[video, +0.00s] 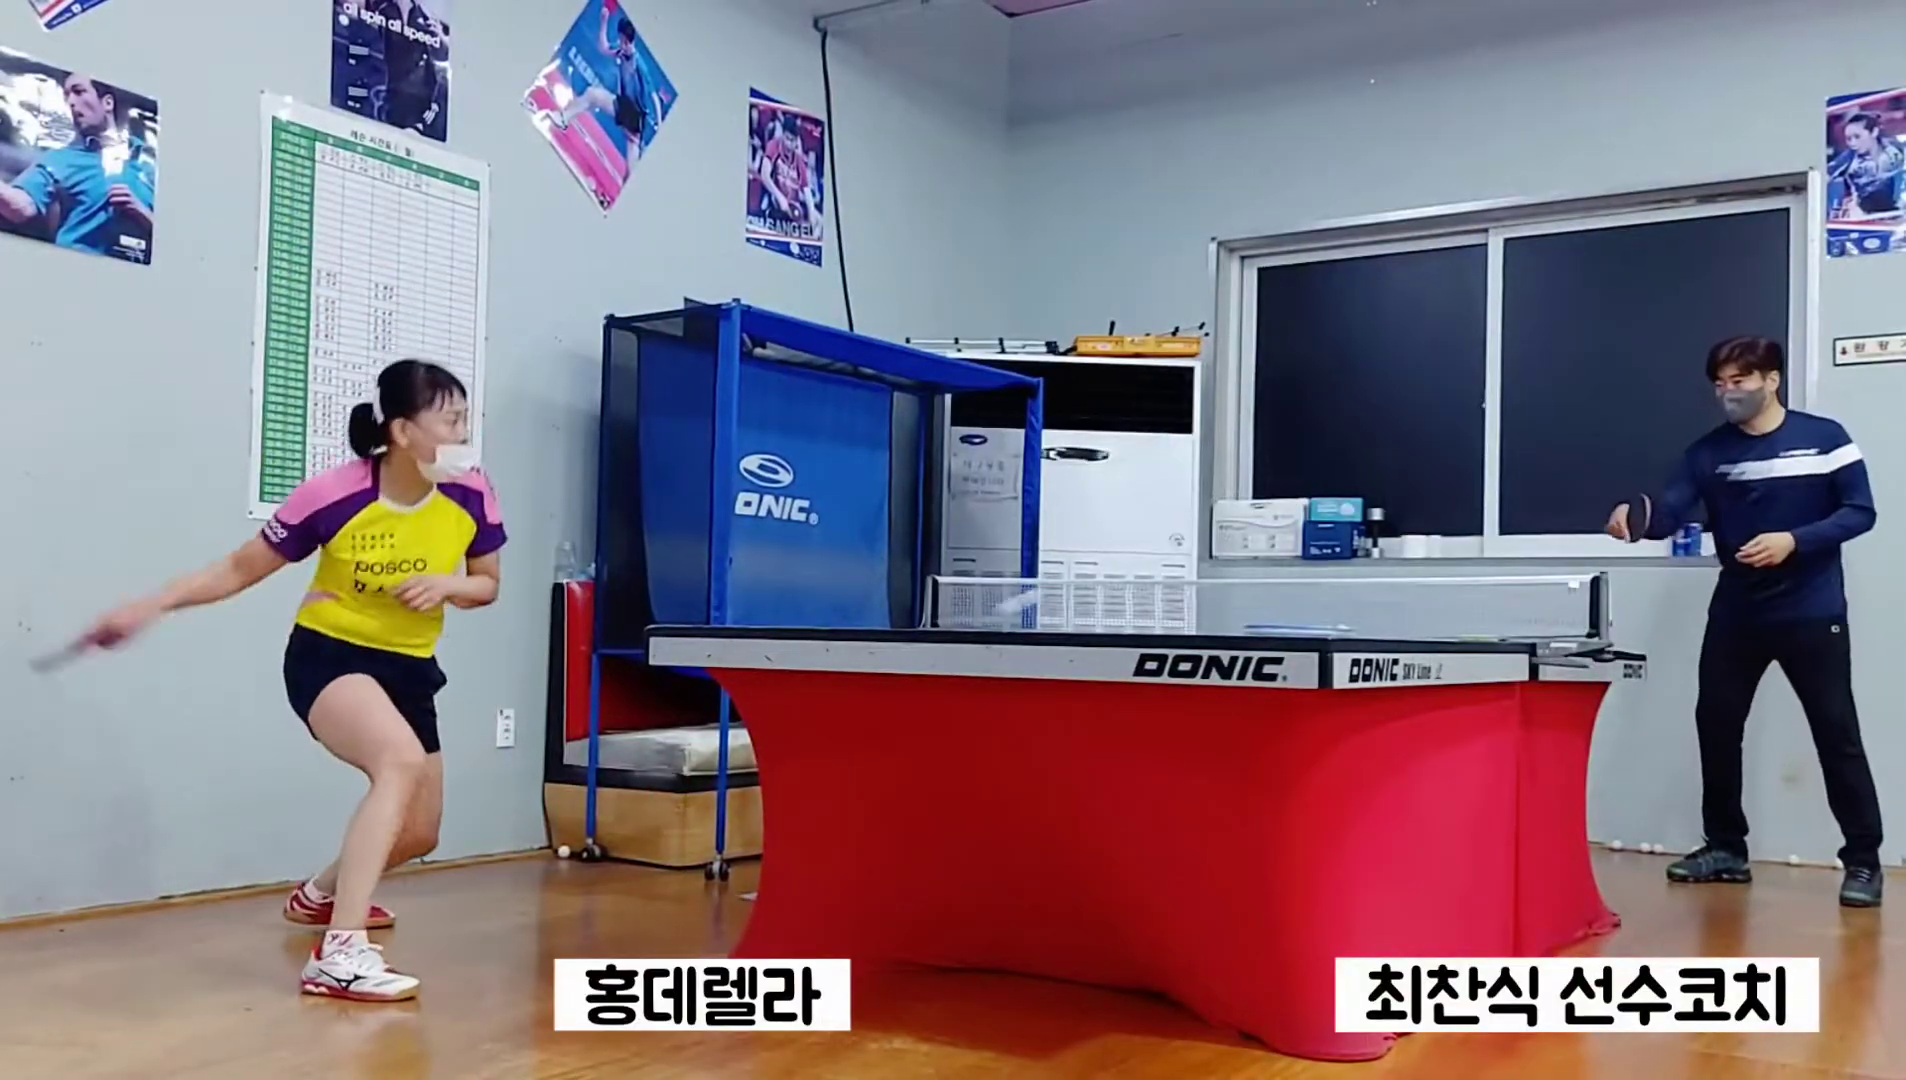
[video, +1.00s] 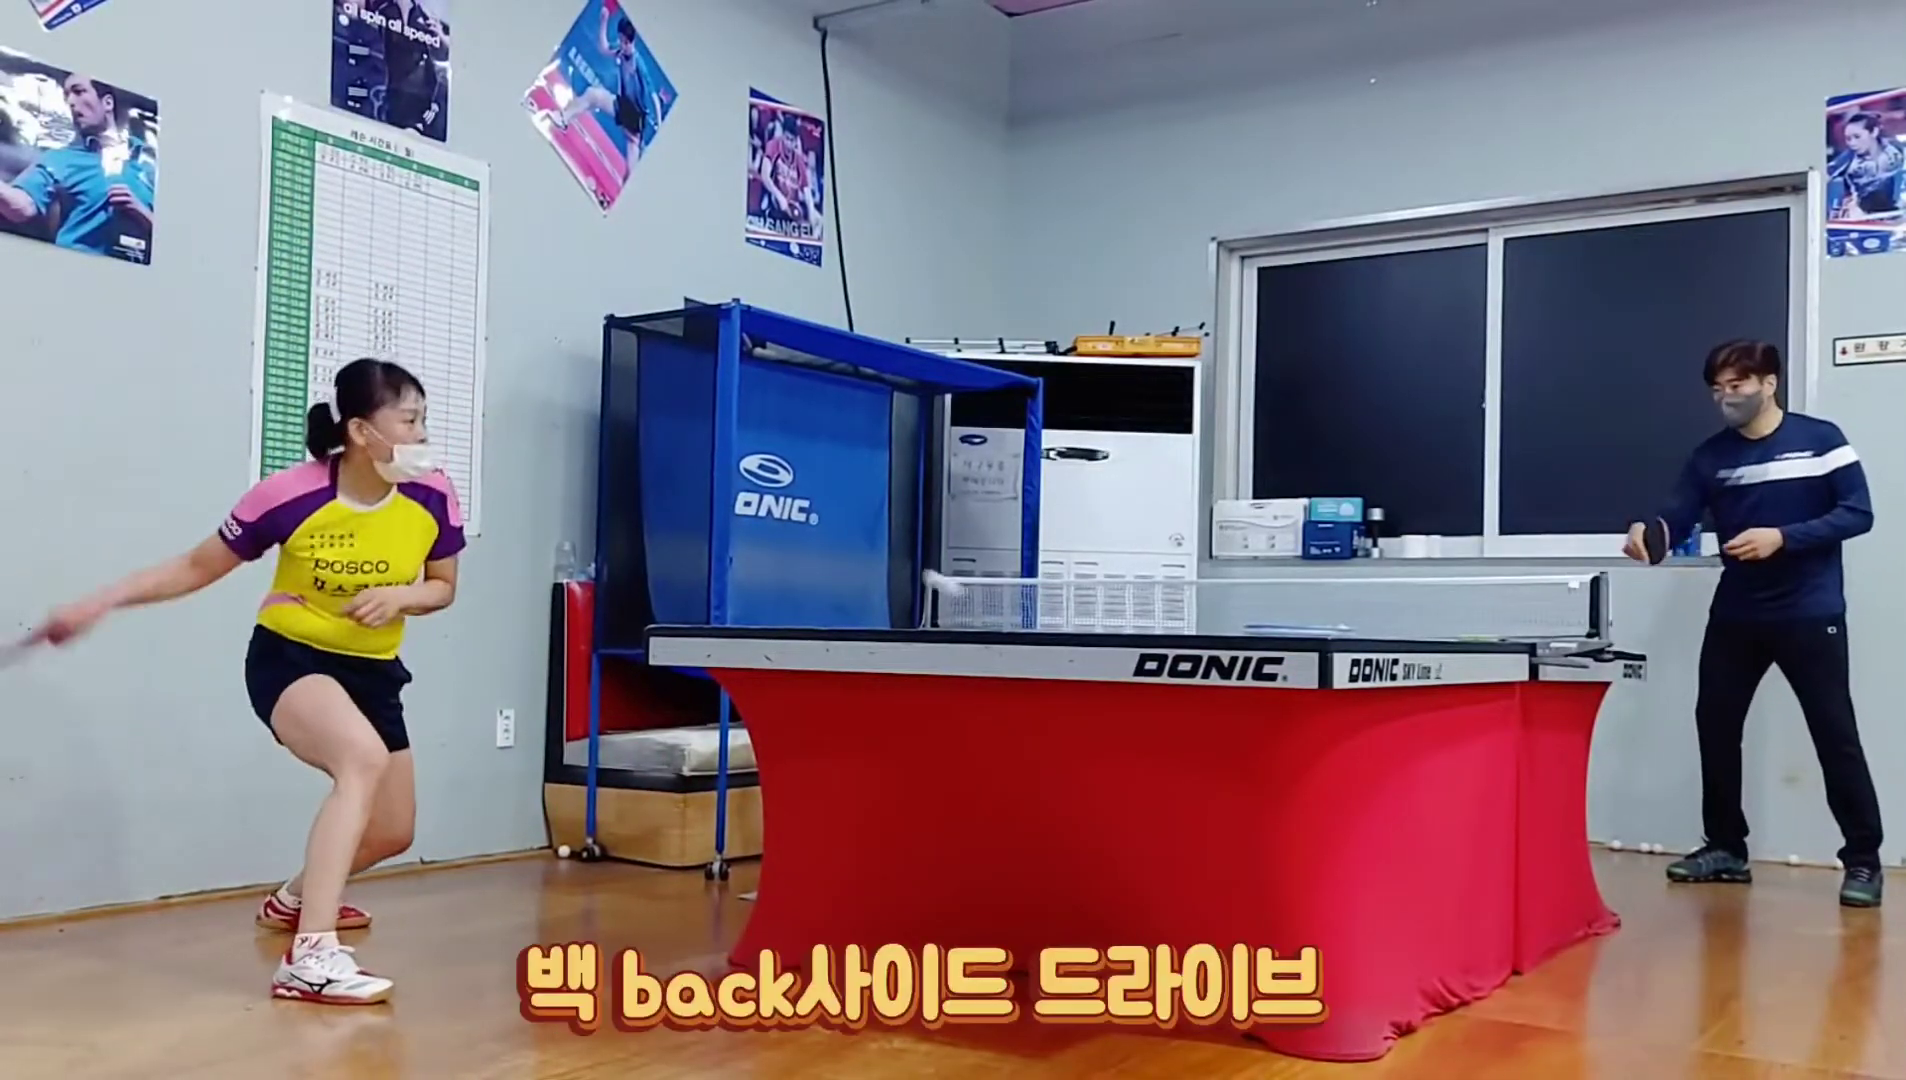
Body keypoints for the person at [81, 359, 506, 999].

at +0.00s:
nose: (459, 431)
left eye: (462, 417)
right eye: (446, 418)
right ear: (399, 429)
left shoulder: (471, 495)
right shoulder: (336, 495)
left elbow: (487, 586)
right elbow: (239, 569)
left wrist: (450, 586)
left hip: (410, 670)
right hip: (330, 654)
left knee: (418, 834)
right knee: (400, 762)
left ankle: (322, 892)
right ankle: (341, 952)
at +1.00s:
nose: (420, 432)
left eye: (422, 418)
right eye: (407, 419)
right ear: (361, 430)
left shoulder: (432, 495)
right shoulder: (293, 494)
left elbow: (442, 587)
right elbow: (198, 567)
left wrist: (402, 598)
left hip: (373, 671)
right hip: (291, 657)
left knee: (393, 832)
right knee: (362, 759)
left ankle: (297, 897)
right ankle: (312, 954)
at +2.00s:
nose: (385, 425)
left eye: (387, 412)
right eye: (370, 412)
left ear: (388, 416)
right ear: (322, 426)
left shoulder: (401, 491)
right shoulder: (257, 497)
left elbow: (416, 581)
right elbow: (168, 573)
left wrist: (381, 590)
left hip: (349, 670)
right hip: (265, 658)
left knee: (371, 830)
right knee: (341, 760)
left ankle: (270, 897)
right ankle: (284, 954)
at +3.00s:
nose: (387, 412)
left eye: (388, 399)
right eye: (374, 399)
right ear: (326, 409)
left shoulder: (396, 484)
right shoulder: (254, 475)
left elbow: (401, 571)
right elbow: (165, 554)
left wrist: (371, 585)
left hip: (331, 661)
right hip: (246, 645)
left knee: (350, 820)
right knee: (313, 760)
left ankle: (251, 901)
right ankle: (260, 952)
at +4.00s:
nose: (411, 414)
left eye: (413, 400)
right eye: (398, 399)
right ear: (349, 408)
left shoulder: (420, 480)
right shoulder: (281, 479)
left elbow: (431, 570)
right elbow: (189, 559)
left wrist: (404, 586)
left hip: (361, 664)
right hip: (277, 649)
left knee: (372, 834)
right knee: (360, 767)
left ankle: (267, 902)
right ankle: (304, 959)